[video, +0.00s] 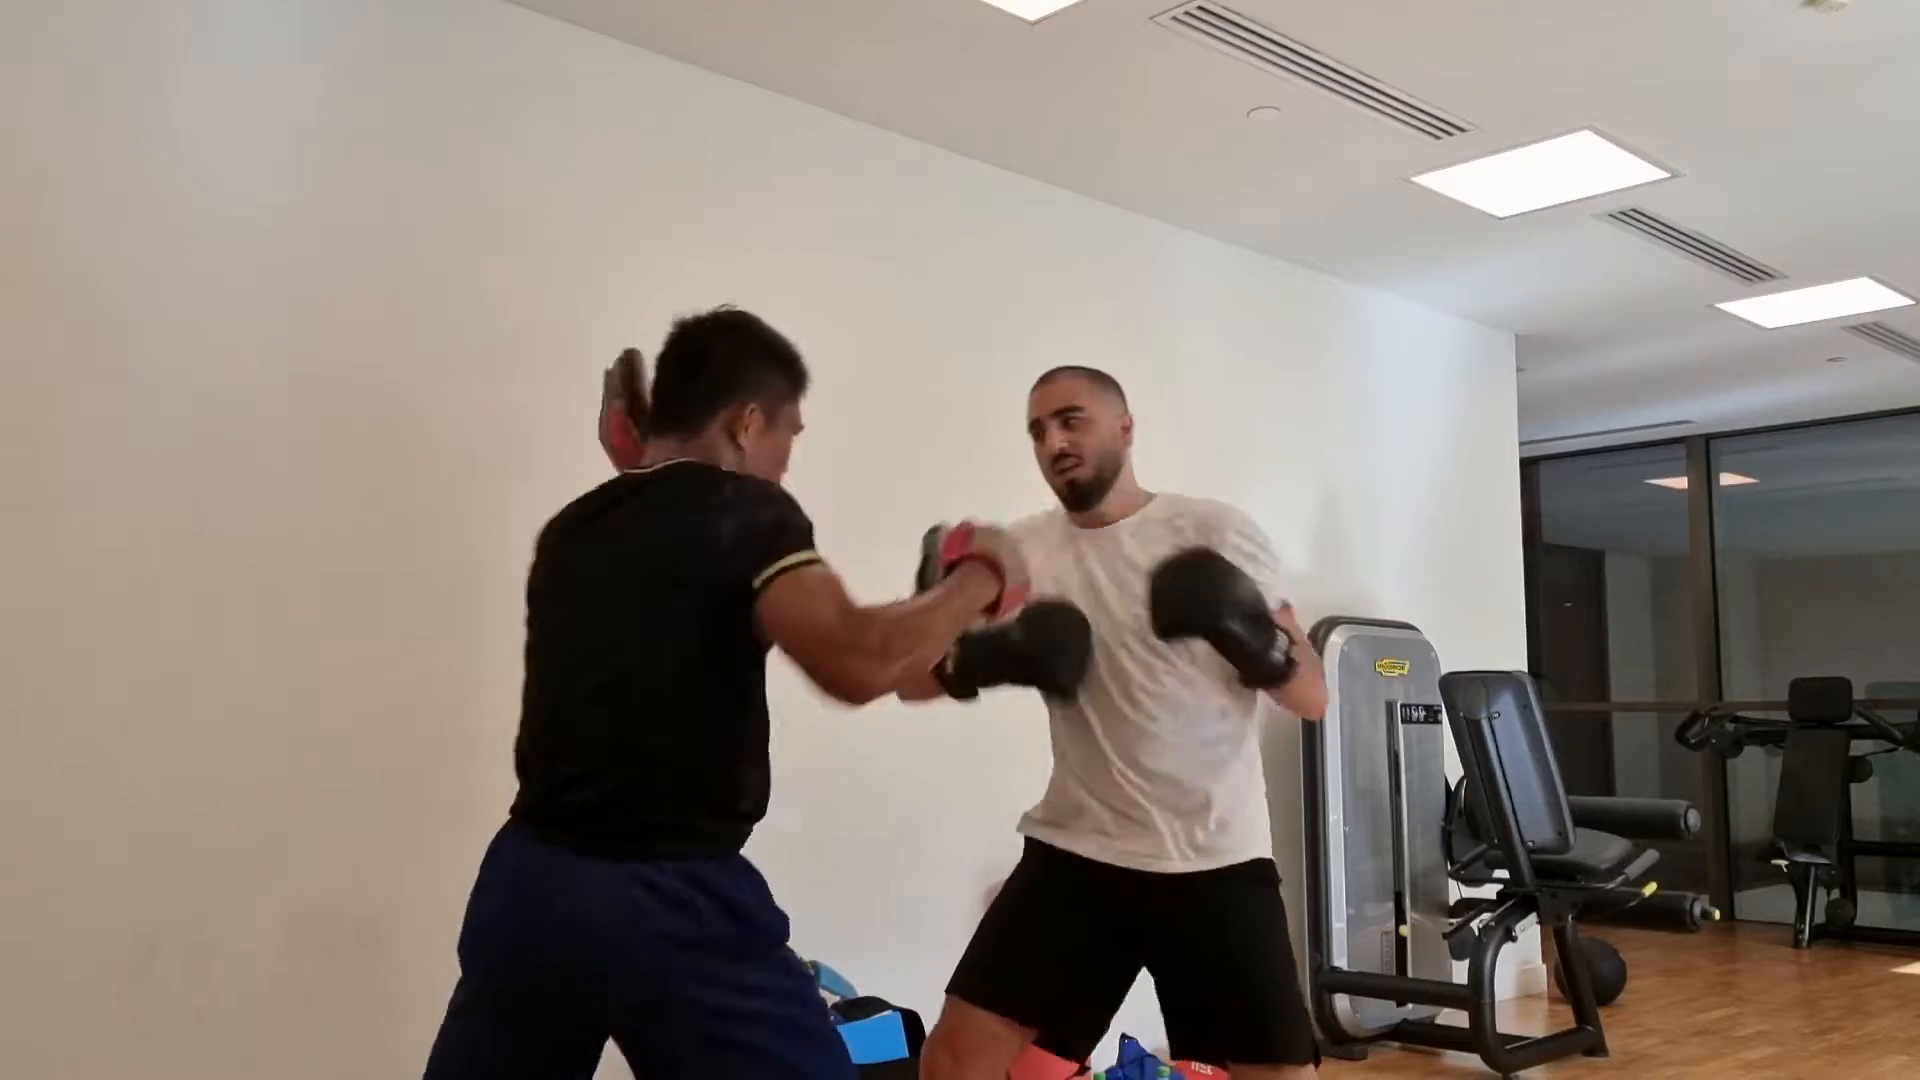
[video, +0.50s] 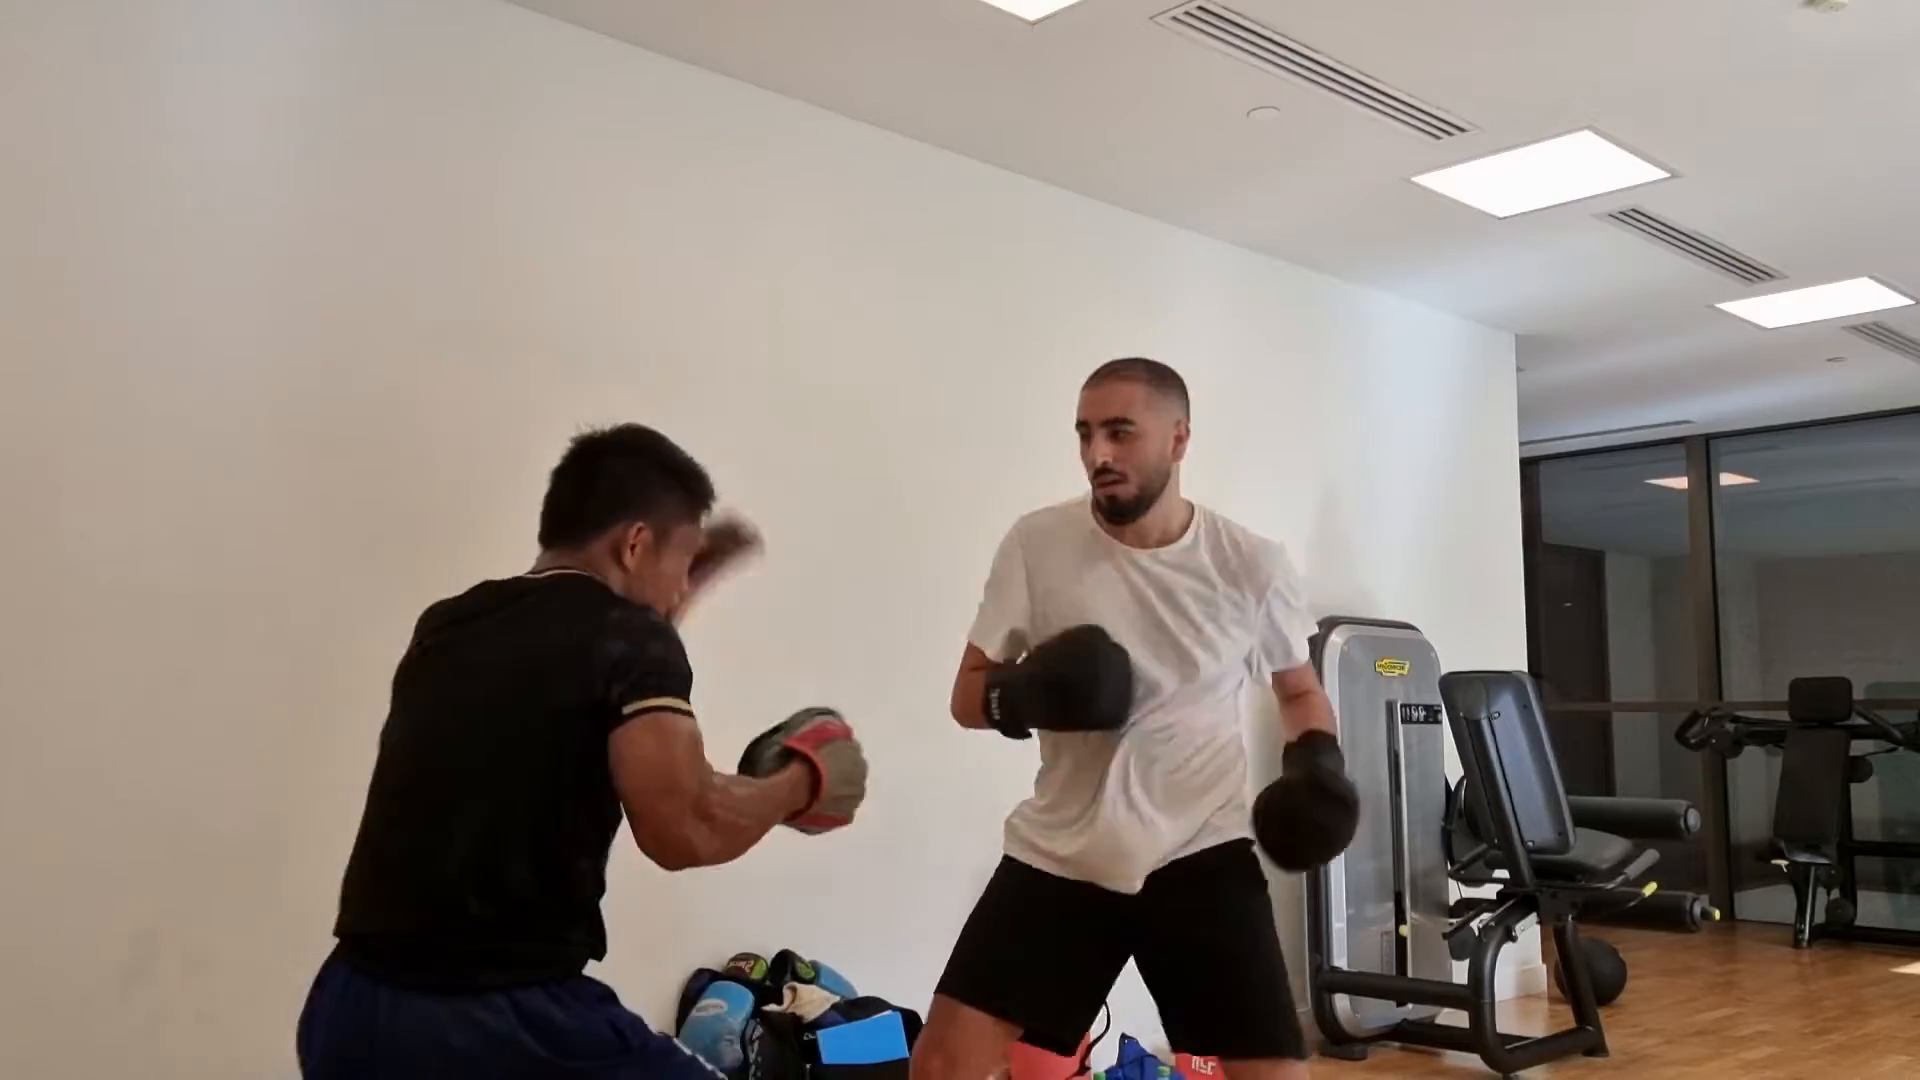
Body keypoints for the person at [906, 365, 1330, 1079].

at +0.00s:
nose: (1053, 441)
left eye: (1071, 419)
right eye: (1038, 430)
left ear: (1124, 425)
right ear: (1033, 452)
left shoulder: (1218, 533)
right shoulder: (1018, 551)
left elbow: (1313, 696)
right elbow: (908, 677)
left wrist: (1246, 629)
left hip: (1219, 867)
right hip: (1076, 860)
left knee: (1280, 1071)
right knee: (956, 1062)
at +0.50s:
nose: (1098, 454)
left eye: (1121, 431)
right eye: (1087, 434)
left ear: (1179, 439)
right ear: (1075, 441)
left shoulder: (1254, 567)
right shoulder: (1036, 544)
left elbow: (1300, 693)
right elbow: (969, 694)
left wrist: (1317, 767)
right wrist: (1030, 690)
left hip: (1203, 859)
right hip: (1057, 855)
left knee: (1270, 1069)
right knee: (946, 1062)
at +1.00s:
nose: (1009, 447)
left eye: (1028, 423)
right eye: (997, 430)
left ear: (1085, 424)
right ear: (989, 441)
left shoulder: (1175, 526)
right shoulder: (991, 551)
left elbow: (1288, 681)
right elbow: (866, 665)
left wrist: (1224, 620)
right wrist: (912, 596)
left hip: (1177, 857)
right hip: (1037, 858)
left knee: (1254, 1071)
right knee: (944, 1063)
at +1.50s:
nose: (1114, 418)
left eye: (1138, 400)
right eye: (1099, 402)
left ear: (1180, 422)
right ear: (1083, 421)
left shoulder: (1235, 546)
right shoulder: (1028, 532)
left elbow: (1279, 720)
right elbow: (991, 709)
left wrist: (1191, 694)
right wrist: (1081, 787)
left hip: (1208, 854)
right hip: (1054, 856)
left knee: (1292, 1064)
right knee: (961, 1067)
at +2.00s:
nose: (1010, 645)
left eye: (1026, 615)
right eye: (991, 622)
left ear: (1084, 590)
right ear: (979, 619)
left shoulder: (1189, 672)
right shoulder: (971, 687)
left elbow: (1266, 818)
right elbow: (989, 807)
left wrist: (1143, 840)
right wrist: (1025, 894)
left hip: (1187, 882)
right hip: (1048, 880)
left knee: (1257, 1070)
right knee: (922, 1062)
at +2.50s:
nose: (936, 557)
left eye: (950, 531)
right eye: (930, 537)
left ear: (1019, 524)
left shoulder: (1126, 600)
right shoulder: (996, 643)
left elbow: (1283, 701)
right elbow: (1041, 744)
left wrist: (1163, 761)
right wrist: (948, 826)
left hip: (1205, 908)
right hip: (1068, 908)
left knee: (1232, 1070)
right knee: (936, 1070)